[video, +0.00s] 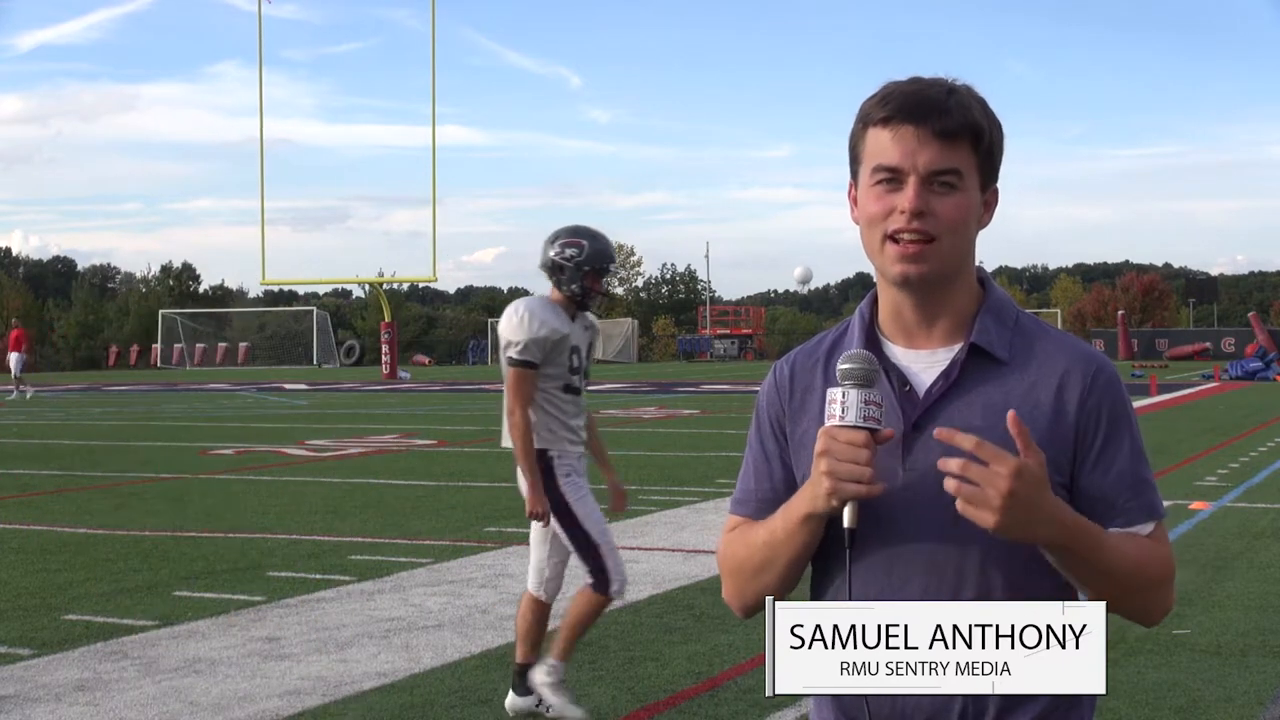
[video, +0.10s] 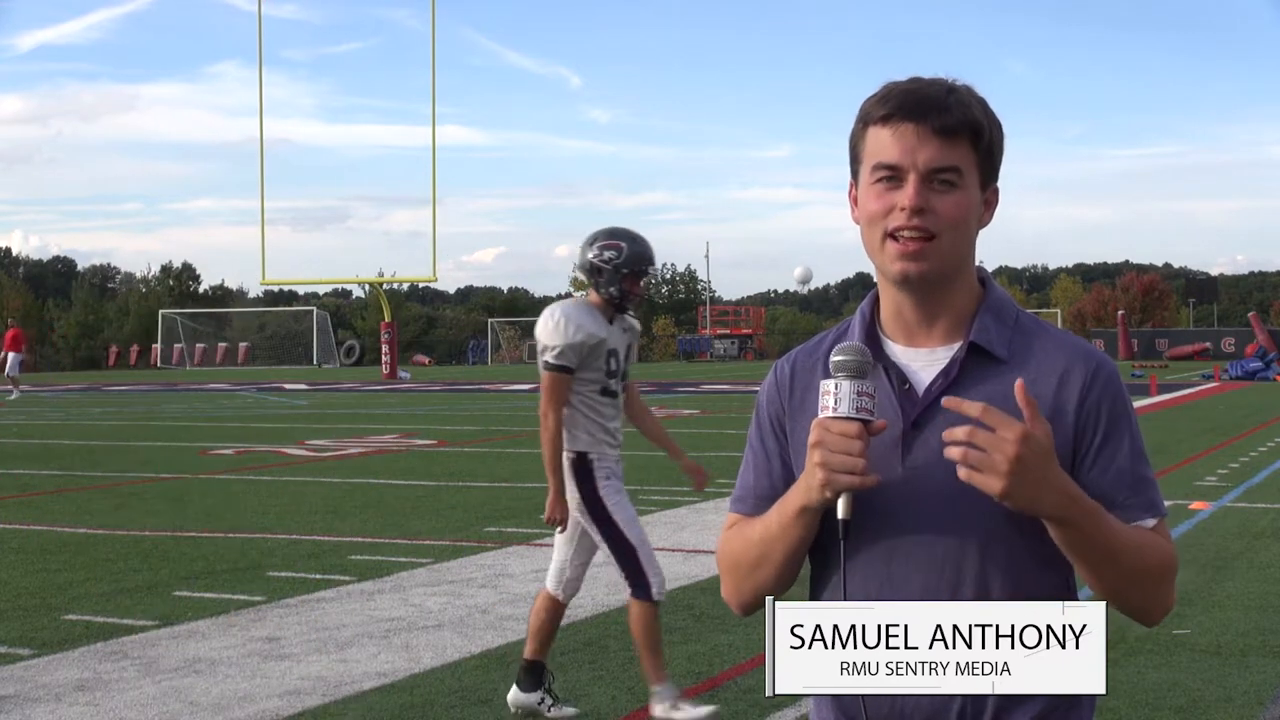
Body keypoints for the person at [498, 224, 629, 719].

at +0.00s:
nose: (602, 285)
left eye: (603, 275)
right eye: (596, 275)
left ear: (578, 272)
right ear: (571, 272)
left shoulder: (585, 327)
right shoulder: (527, 317)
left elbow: (578, 410)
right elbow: (517, 410)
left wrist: (609, 474)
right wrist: (532, 484)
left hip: (568, 462)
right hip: (546, 463)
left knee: (543, 582)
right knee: (607, 578)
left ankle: (522, 690)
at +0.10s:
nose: (641, 286)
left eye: (643, 277)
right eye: (635, 277)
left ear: (623, 276)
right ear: (607, 274)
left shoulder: (625, 328)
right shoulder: (565, 321)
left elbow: (631, 402)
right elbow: (549, 410)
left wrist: (681, 457)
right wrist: (556, 490)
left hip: (604, 464)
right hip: (582, 465)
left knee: (562, 582)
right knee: (644, 580)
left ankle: (528, 686)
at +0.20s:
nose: (682, 292)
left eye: (683, 283)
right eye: (675, 283)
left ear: (661, 280)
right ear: (648, 280)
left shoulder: (666, 333)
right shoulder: (607, 328)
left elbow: (679, 403)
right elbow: (586, 420)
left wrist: (741, 442)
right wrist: (590, 498)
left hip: (645, 468)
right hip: (625, 470)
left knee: (596, 586)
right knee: (675, 590)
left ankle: (538, 678)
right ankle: (712, 706)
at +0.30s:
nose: (724, 294)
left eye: (726, 284)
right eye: (718, 284)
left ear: (698, 283)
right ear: (691, 281)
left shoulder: (707, 331)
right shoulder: (648, 329)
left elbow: (711, 402)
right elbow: (631, 422)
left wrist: (758, 440)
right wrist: (636, 500)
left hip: (693, 468)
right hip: (668, 469)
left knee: (669, 596)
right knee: (705, 587)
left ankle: (579, 659)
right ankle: (718, 706)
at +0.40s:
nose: (765, 289)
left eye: (766, 280)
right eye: (760, 280)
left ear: (734, 277)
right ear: (735, 276)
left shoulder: (742, 323)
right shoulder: (689, 322)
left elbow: (736, 387)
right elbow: (679, 416)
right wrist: (695, 496)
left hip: (743, 464)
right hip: (708, 466)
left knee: (746, 588)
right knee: (721, 590)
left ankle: (657, 646)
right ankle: (719, 706)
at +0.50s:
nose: (805, 285)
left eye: (807, 275)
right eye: (800, 274)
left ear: (771, 269)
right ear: (775, 269)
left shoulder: (784, 323)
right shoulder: (733, 317)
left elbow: (785, 399)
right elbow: (726, 408)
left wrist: (792, 458)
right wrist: (747, 467)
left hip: (775, 464)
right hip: (738, 467)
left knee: (787, 578)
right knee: (738, 587)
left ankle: (756, 674)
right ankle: (723, 698)